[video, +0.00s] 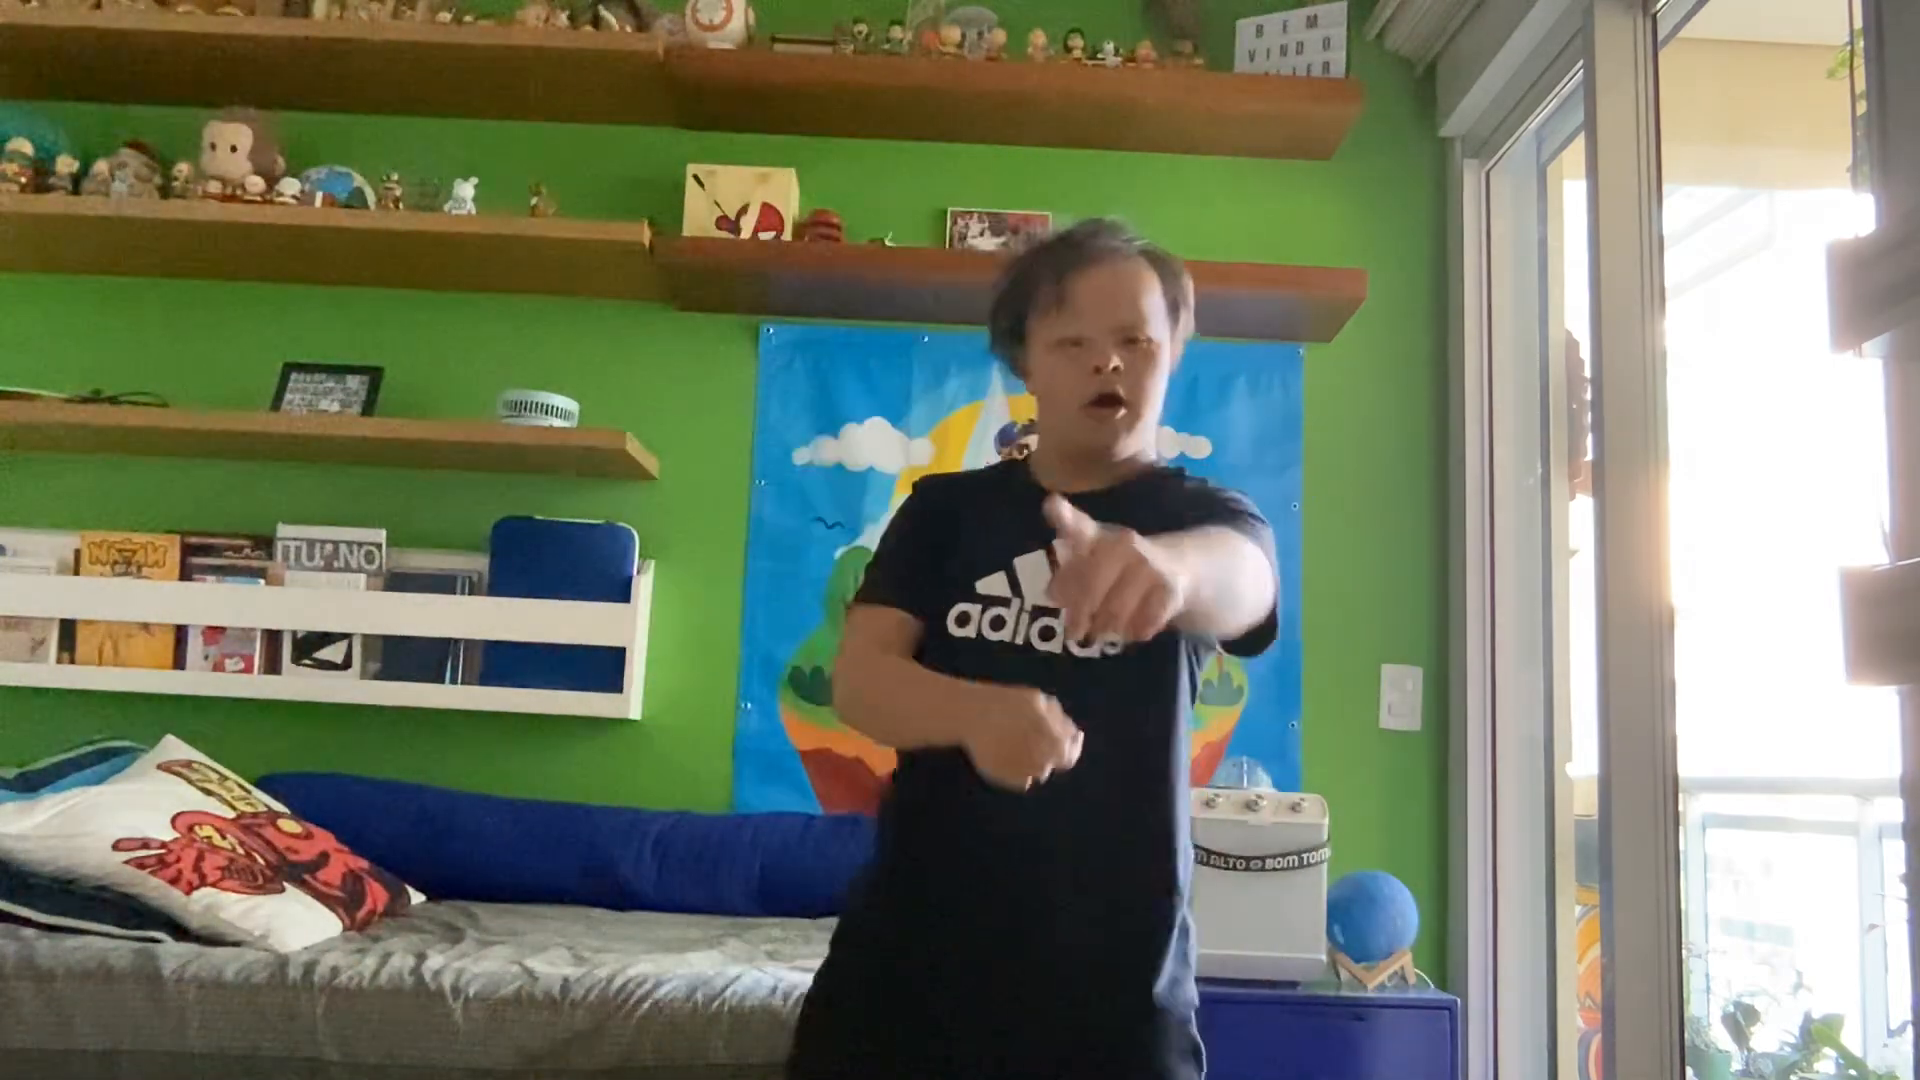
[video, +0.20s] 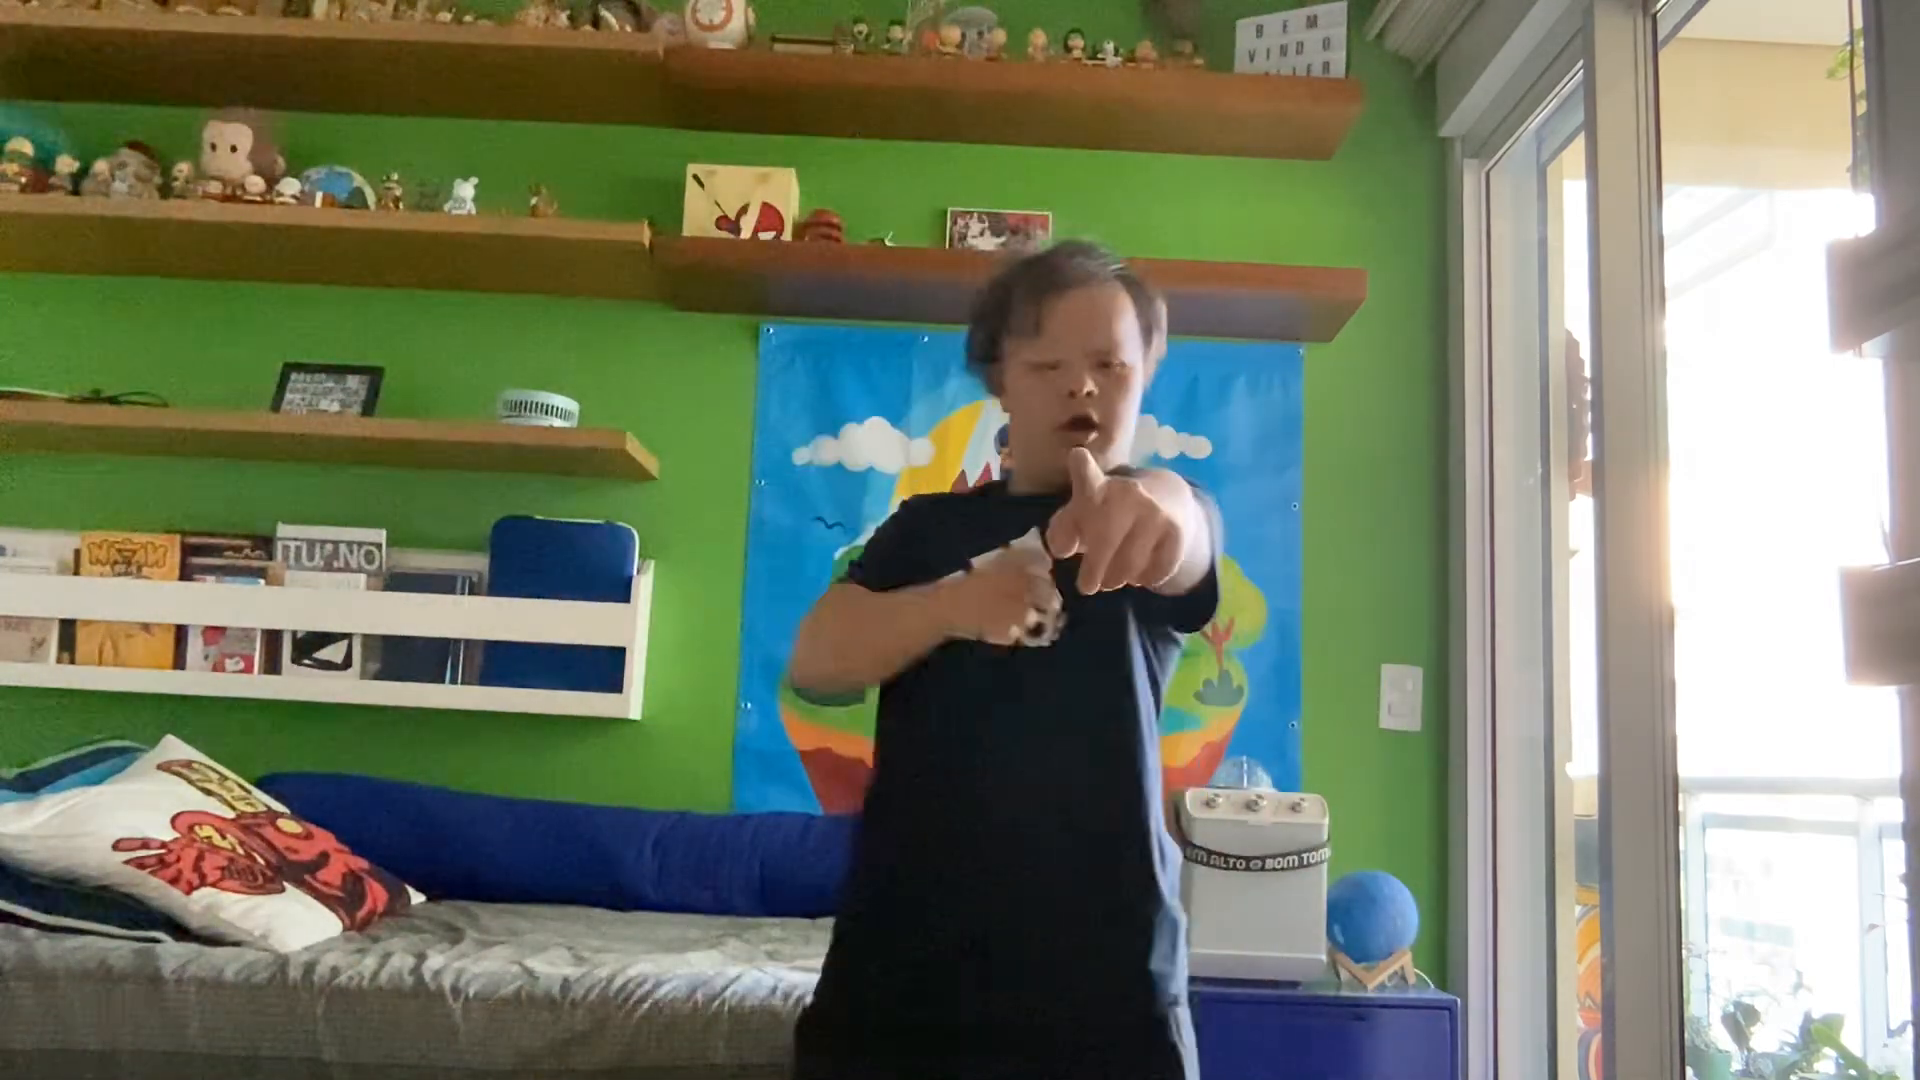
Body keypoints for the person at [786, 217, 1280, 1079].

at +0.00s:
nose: (1107, 366)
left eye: (1134, 341)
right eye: (1071, 343)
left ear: (1173, 360)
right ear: (1024, 364)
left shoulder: (1206, 517)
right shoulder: (943, 509)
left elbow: (1241, 576)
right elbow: (861, 680)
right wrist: (974, 714)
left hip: (1113, 969)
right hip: (923, 957)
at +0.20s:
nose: (1081, 390)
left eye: (1107, 365)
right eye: (1048, 366)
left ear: (1143, 380)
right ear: (998, 379)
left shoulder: (1161, 514)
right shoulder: (928, 527)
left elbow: (1177, 532)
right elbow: (815, 662)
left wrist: (1151, 503)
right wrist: (950, 605)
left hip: (1101, 974)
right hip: (916, 968)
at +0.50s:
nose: (1008, 378)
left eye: (1037, 354)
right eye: (975, 355)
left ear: (1075, 370)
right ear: (928, 370)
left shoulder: (1081, 483)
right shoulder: (868, 520)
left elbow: (1088, 521)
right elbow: (734, 632)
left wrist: (1059, 568)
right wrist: (875, 596)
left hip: (1015, 969)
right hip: (823, 956)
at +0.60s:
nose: (991, 377)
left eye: (1018, 353)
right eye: (958, 354)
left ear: (1055, 366)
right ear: (910, 368)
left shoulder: (1084, 507)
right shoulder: (841, 513)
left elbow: (1090, 603)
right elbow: (713, 625)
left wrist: (1030, 642)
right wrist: (869, 592)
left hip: (999, 963)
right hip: (810, 950)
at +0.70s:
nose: (974, 379)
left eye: (1001, 355)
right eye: (941, 354)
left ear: (1036, 373)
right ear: (891, 365)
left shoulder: (1077, 535)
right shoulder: (809, 501)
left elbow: (1090, 704)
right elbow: (695, 604)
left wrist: (994, 730)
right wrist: (862, 575)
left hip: (995, 965)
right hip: (797, 952)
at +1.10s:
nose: (976, 385)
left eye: (993, 369)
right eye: (946, 355)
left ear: (1009, 389)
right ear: (864, 347)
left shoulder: (987, 536)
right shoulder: (797, 459)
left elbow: (1014, 694)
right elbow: (714, 554)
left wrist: (1050, 775)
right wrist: (914, 548)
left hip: (983, 976)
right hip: (817, 979)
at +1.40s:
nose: (1008, 430)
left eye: (1015, 402)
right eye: (1006, 394)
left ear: (934, 363)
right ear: (926, 359)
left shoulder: (962, 551)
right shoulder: (791, 480)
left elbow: (958, 746)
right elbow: (686, 625)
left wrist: (1077, 799)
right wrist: (911, 661)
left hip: (994, 1006)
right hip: (831, 1011)